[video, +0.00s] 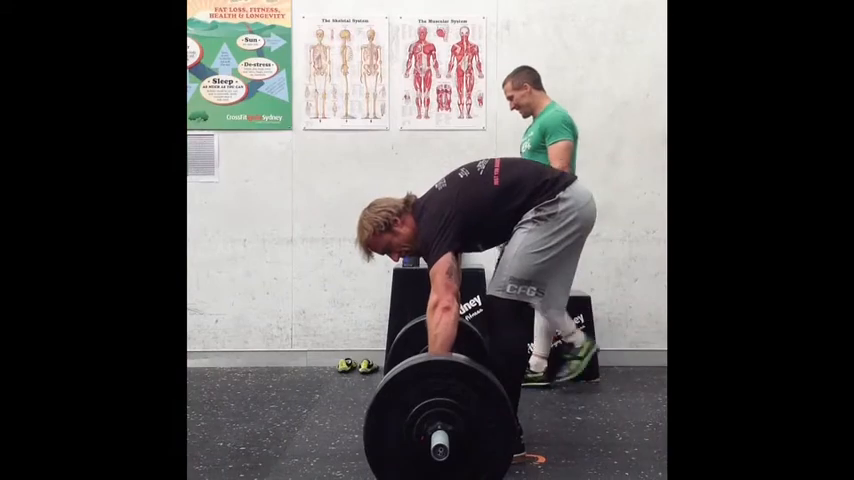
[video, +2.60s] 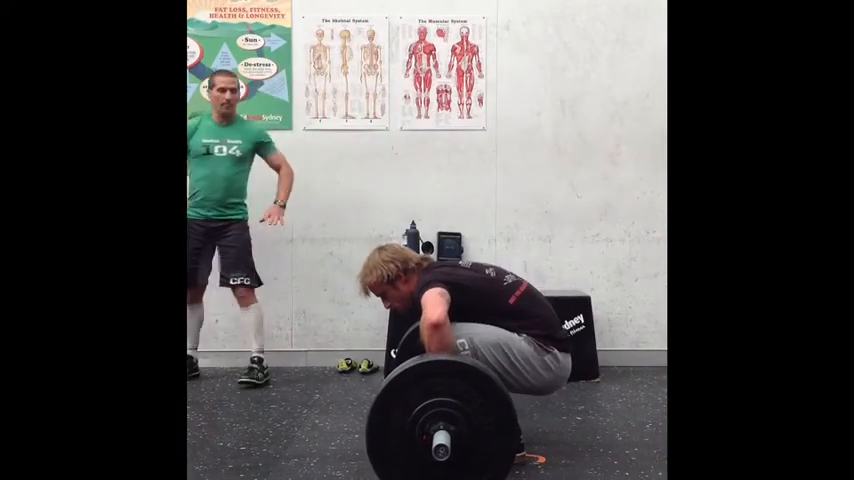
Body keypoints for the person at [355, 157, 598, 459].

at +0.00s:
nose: (396, 258)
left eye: (390, 250)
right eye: (389, 254)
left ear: (399, 224)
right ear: (399, 221)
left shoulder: (435, 220)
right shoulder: (436, 214)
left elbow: (445, 305)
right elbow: (448, 296)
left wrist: (433, 380)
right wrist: (437, 369)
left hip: (557, 205)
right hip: (561, 201)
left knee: (505, 307)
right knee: (507, 306)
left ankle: (504, 435)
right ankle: (501, 429)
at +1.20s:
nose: (387, 270)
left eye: (381, 262)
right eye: (380, 266)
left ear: (392, 240)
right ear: (394, 235)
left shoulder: (431, 233)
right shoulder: (427, 230)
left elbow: (444, 309)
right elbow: (434, 307)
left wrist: (435, 386)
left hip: (555, 230)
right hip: (553, 228)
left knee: (471, 316)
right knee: (471, 314)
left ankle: (502, 438)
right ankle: (496, 433)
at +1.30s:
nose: (382, 275)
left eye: (377, 267)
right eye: (376, 270)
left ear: (391, 246)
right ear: (393, 243)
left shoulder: (430, 242)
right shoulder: (426, 237)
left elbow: (441, 313)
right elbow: (433, 312)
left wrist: (437, 387)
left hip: (554, 252)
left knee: (463, 320)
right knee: (463, 322)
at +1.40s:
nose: (381, 284)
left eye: (377, 276)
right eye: (375, 279)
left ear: (391, 256)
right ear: (392, 252)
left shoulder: (429, 253)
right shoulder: (427, 246)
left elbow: (440, 315)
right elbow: (441, 313)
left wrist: (436, 388)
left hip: (553, 276)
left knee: (457, 323)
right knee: (452, 328)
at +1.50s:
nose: (381, 294)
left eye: (377, 286)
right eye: (375, 289)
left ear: (391, 267)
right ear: (393, 263)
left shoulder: (428, 262)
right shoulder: (427, 257)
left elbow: (439, 316)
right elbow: (441, 317)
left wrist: (438, 388)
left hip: (550, 303)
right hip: (547, 299)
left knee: (448, 332)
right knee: (442, 331)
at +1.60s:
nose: (380, 305)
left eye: (376, 296)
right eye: (374, 299)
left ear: (391, 276)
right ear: (394, 273)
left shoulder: (428, 273)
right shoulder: (432, 266)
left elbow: (436, 319)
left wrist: (438, 388)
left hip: (546, 328)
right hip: (544, 324)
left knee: (446, 334)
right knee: (436, 333)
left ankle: (495, 436)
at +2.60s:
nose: (387, 305)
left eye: (384, 296)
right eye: (381, 299)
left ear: (401, 279)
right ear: (403, 276)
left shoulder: (431, 278)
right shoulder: (440, 270)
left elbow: (435, 320)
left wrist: (440, 388)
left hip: (546, 357)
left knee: (444, 340)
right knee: (442, 339)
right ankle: (504, 437)